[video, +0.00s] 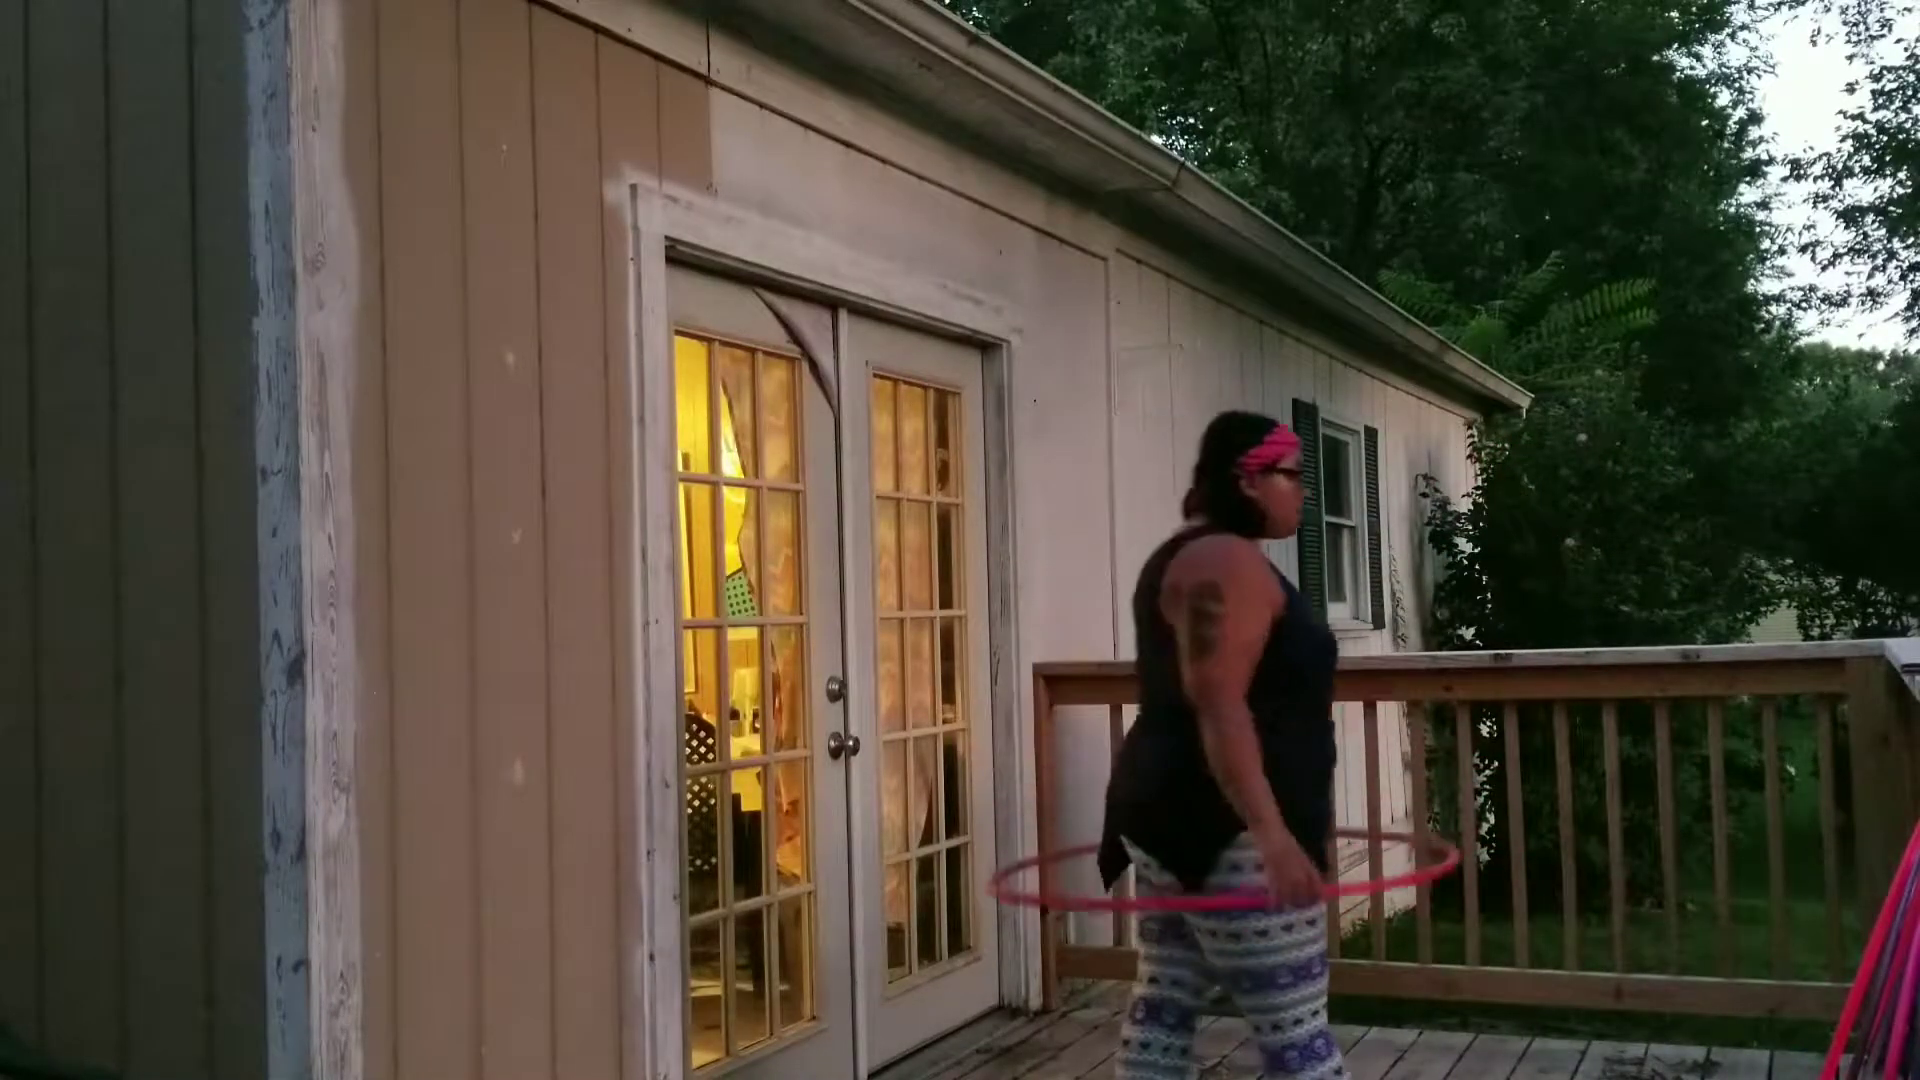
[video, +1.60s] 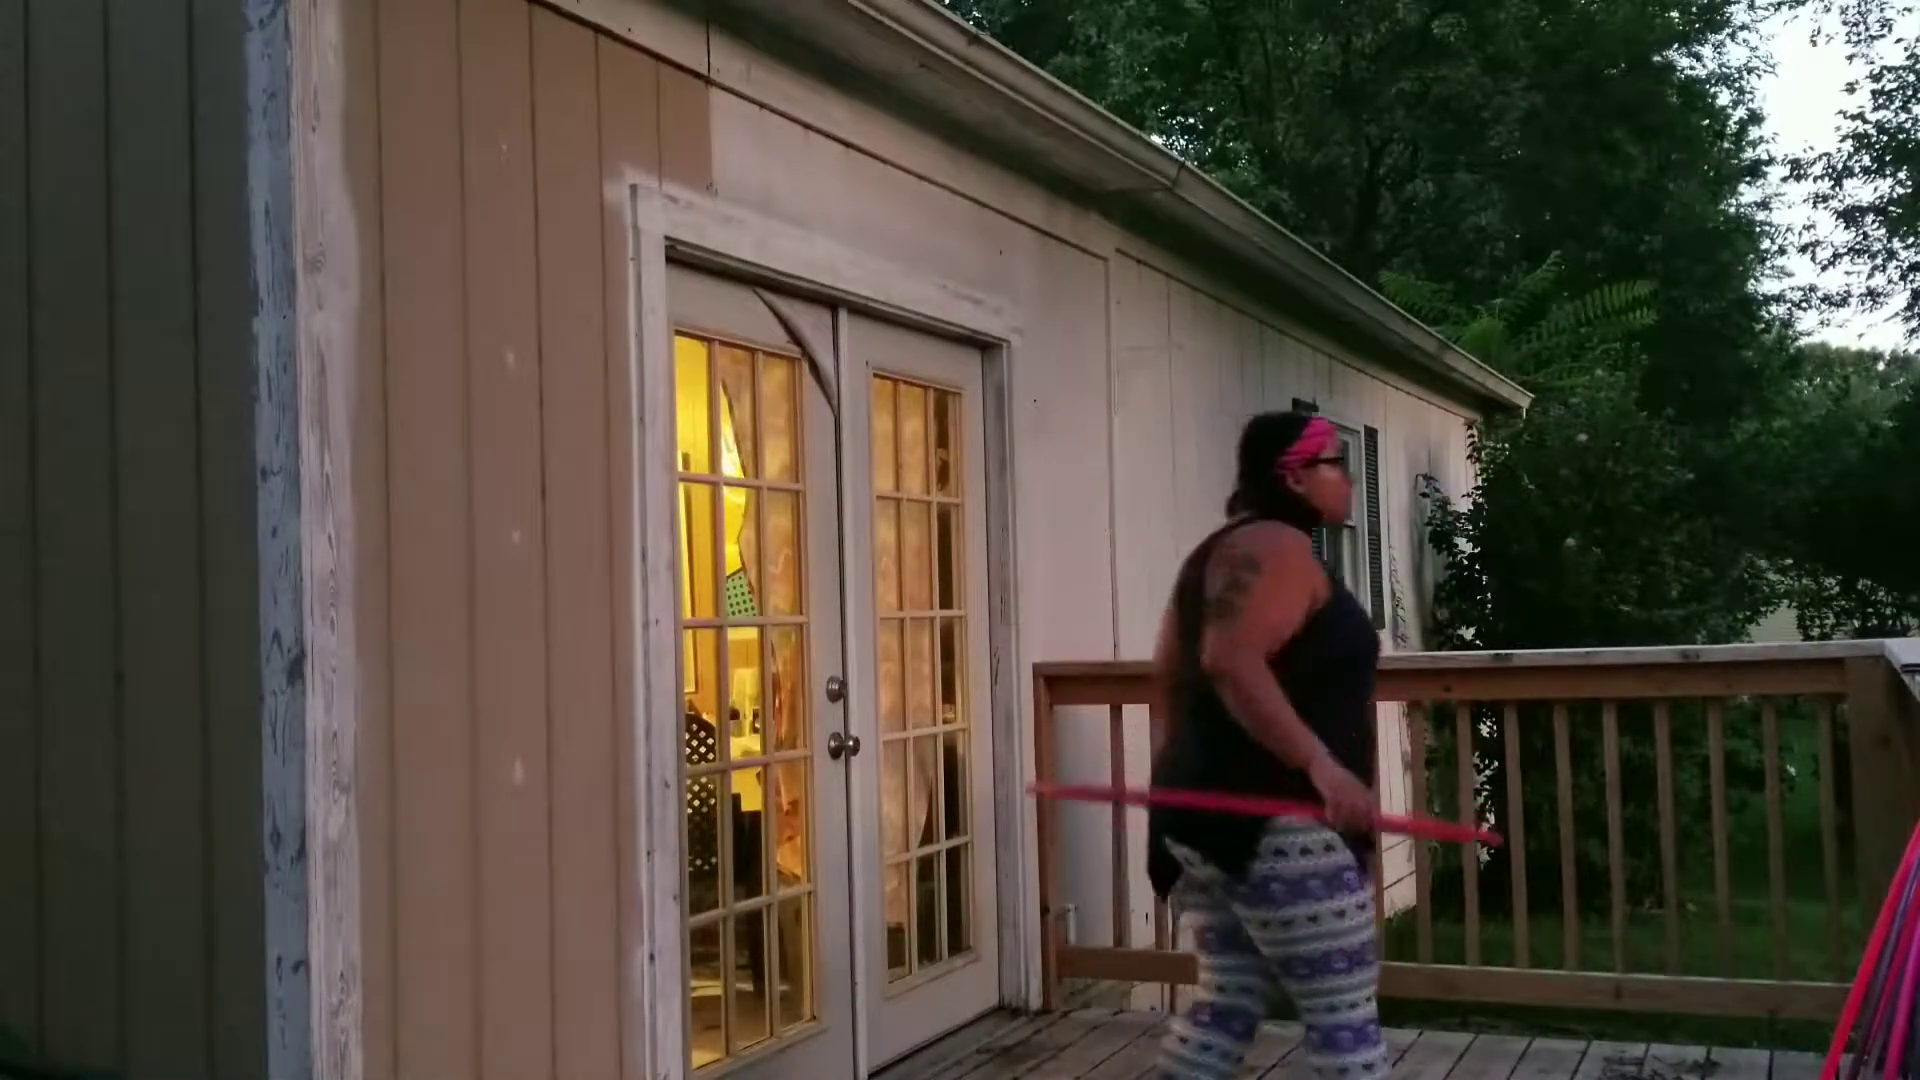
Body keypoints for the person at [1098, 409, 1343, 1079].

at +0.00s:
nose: (1303, 489)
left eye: (1300, 475)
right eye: (1292, 475)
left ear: (1242, 483)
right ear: (1251, 484)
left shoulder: (1175, 560)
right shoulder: (1231, 561)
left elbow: (1169, 709)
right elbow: (1218, 701)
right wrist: (1273, 832)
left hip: (1171, 827)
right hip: (1242, 835)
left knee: (1162, 1016)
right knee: (1296, 1033)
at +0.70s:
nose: (1296, 526)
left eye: (1300, 512)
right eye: (1291, 509)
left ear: (1233, 492)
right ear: (1251, 494)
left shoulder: (1150, 560)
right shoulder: (1220, 555)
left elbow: (1102, 683)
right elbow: (1172, 667)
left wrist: (1184, 743)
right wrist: (1271, 767)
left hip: (1179, 824)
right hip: (1250, 828)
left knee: (1191, 1020)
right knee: (1318, 1032)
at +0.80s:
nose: (1273, 516)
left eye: (1277, 500)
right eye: (1262, 495)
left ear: (1190, 490)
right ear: (1216, 487)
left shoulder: (1136, 556)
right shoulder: (1195, 546)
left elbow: (1089, 677)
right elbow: (1147, 656)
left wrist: (1192, 693)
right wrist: (1258, 709)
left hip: (1175, 817)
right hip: (1238, 816)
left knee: (1192, 1009)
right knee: (1313, 1013)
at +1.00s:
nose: (1241, 475)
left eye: (1237, 462)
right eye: (1229, 463)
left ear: (1165, 479)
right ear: (1188, 477)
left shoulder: (1119, 560)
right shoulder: (1181, 540)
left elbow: (1084, 671)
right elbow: (1136, 646)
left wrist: (1183, 667)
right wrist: (1232, 608)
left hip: (1169, 814)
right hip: (1242, 812)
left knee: (1184, 1001)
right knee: (1316, 1012)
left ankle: (1165, 1073)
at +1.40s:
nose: (1294, 470)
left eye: (1287, 457)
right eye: (1279, 460)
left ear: (1222, 478)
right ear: (1241, 475)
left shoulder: (1162, 552)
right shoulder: (1223, 540)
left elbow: (1110, 662)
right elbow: (1163, 634)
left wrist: (1207, 674)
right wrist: (1275, 657)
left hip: (1178, 810)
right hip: (1243, 812)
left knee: (1190, 1005)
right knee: (1322, 999)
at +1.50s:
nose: (1321, 475)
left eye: (1315, 461)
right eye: (1308, 462)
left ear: (1249, 480)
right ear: (1270, 477)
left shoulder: (1188, 551)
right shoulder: (1252, 544)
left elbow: (1137, 667)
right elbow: (1190, 646)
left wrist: (1214, 734)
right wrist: (1299, 710)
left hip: (1187, 810)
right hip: (1258, 814)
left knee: (1205, 1012)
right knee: (1327, 1019)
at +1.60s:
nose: (1349, 479)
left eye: (1344, 464)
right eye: (1336, 465)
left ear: (1282, 480)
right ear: (1296, 478)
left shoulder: (1213, 554)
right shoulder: (1280, 548)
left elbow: (1169, 684)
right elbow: (1230, 657)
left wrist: (1177, 805)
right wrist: (1322, 765)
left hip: (1207, 823)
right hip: (1281, 822)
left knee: (1229, 1008)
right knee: (1346, 1024)